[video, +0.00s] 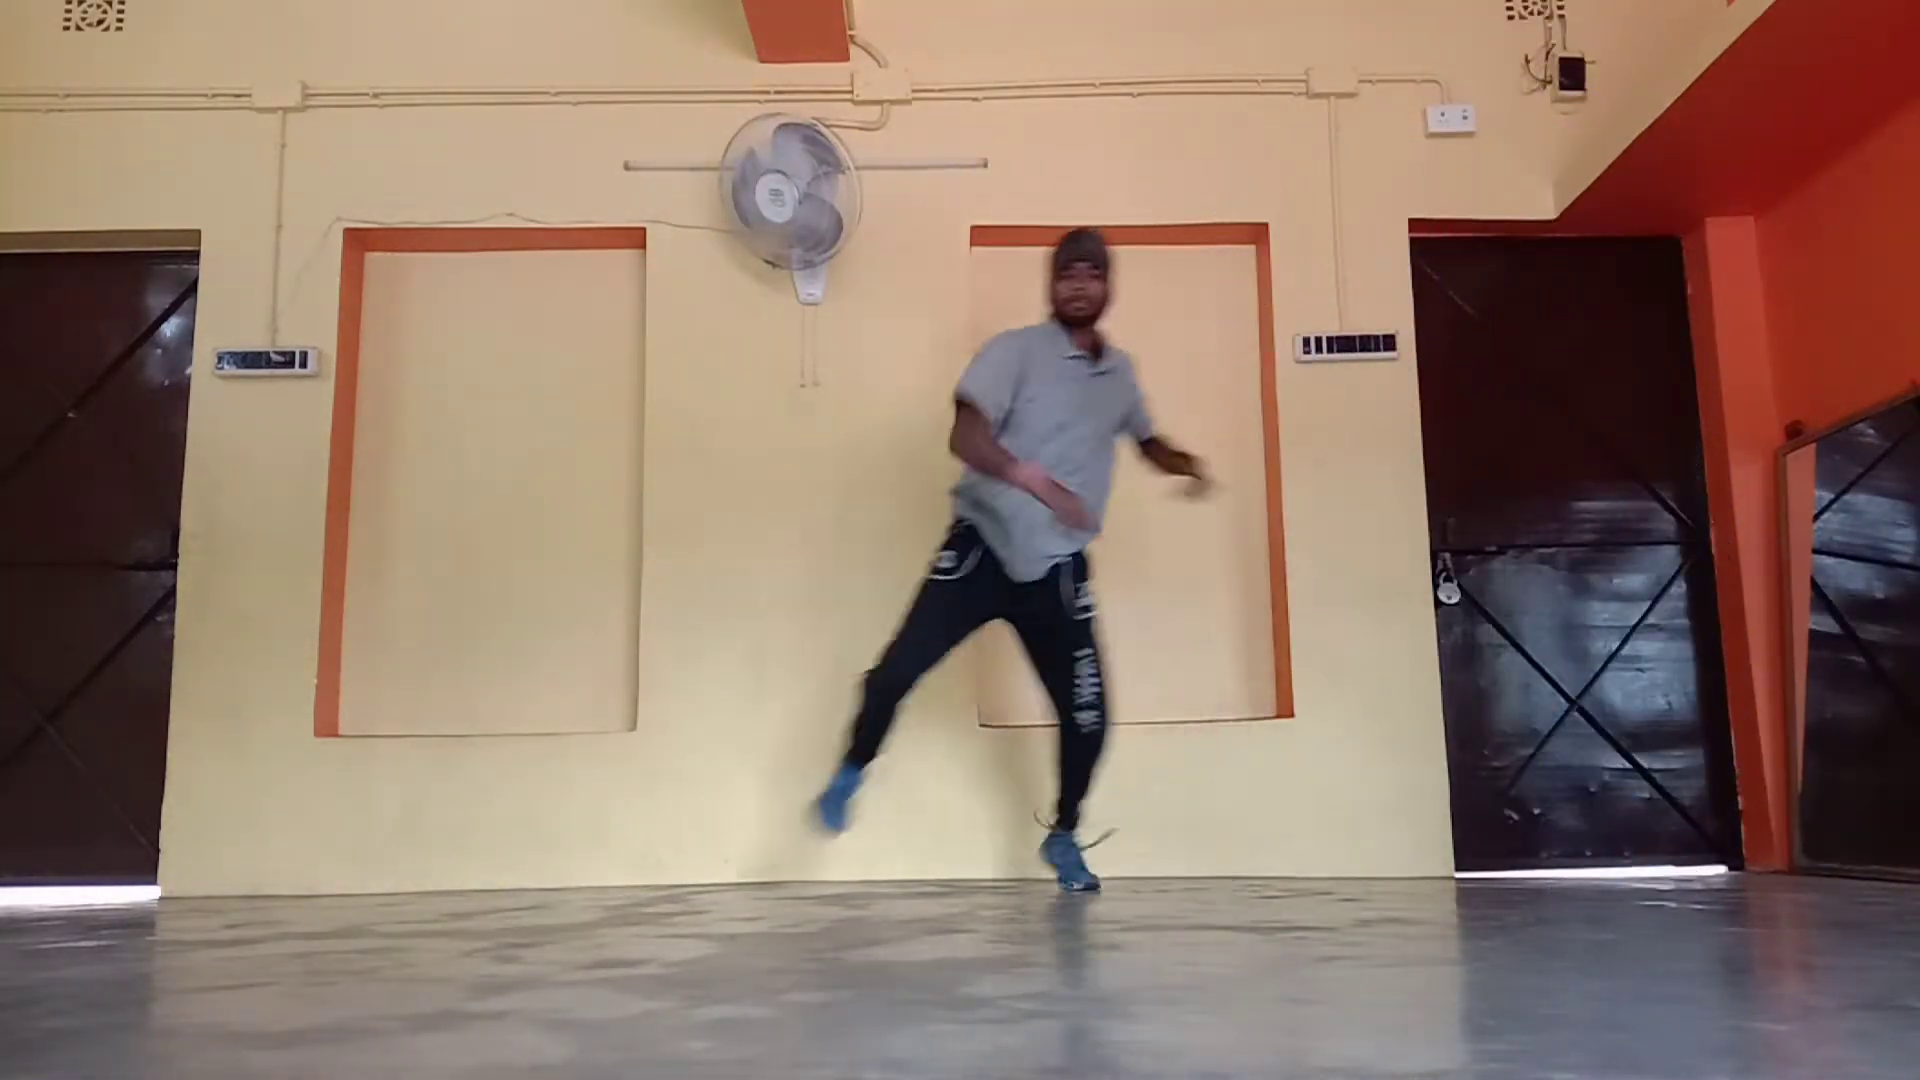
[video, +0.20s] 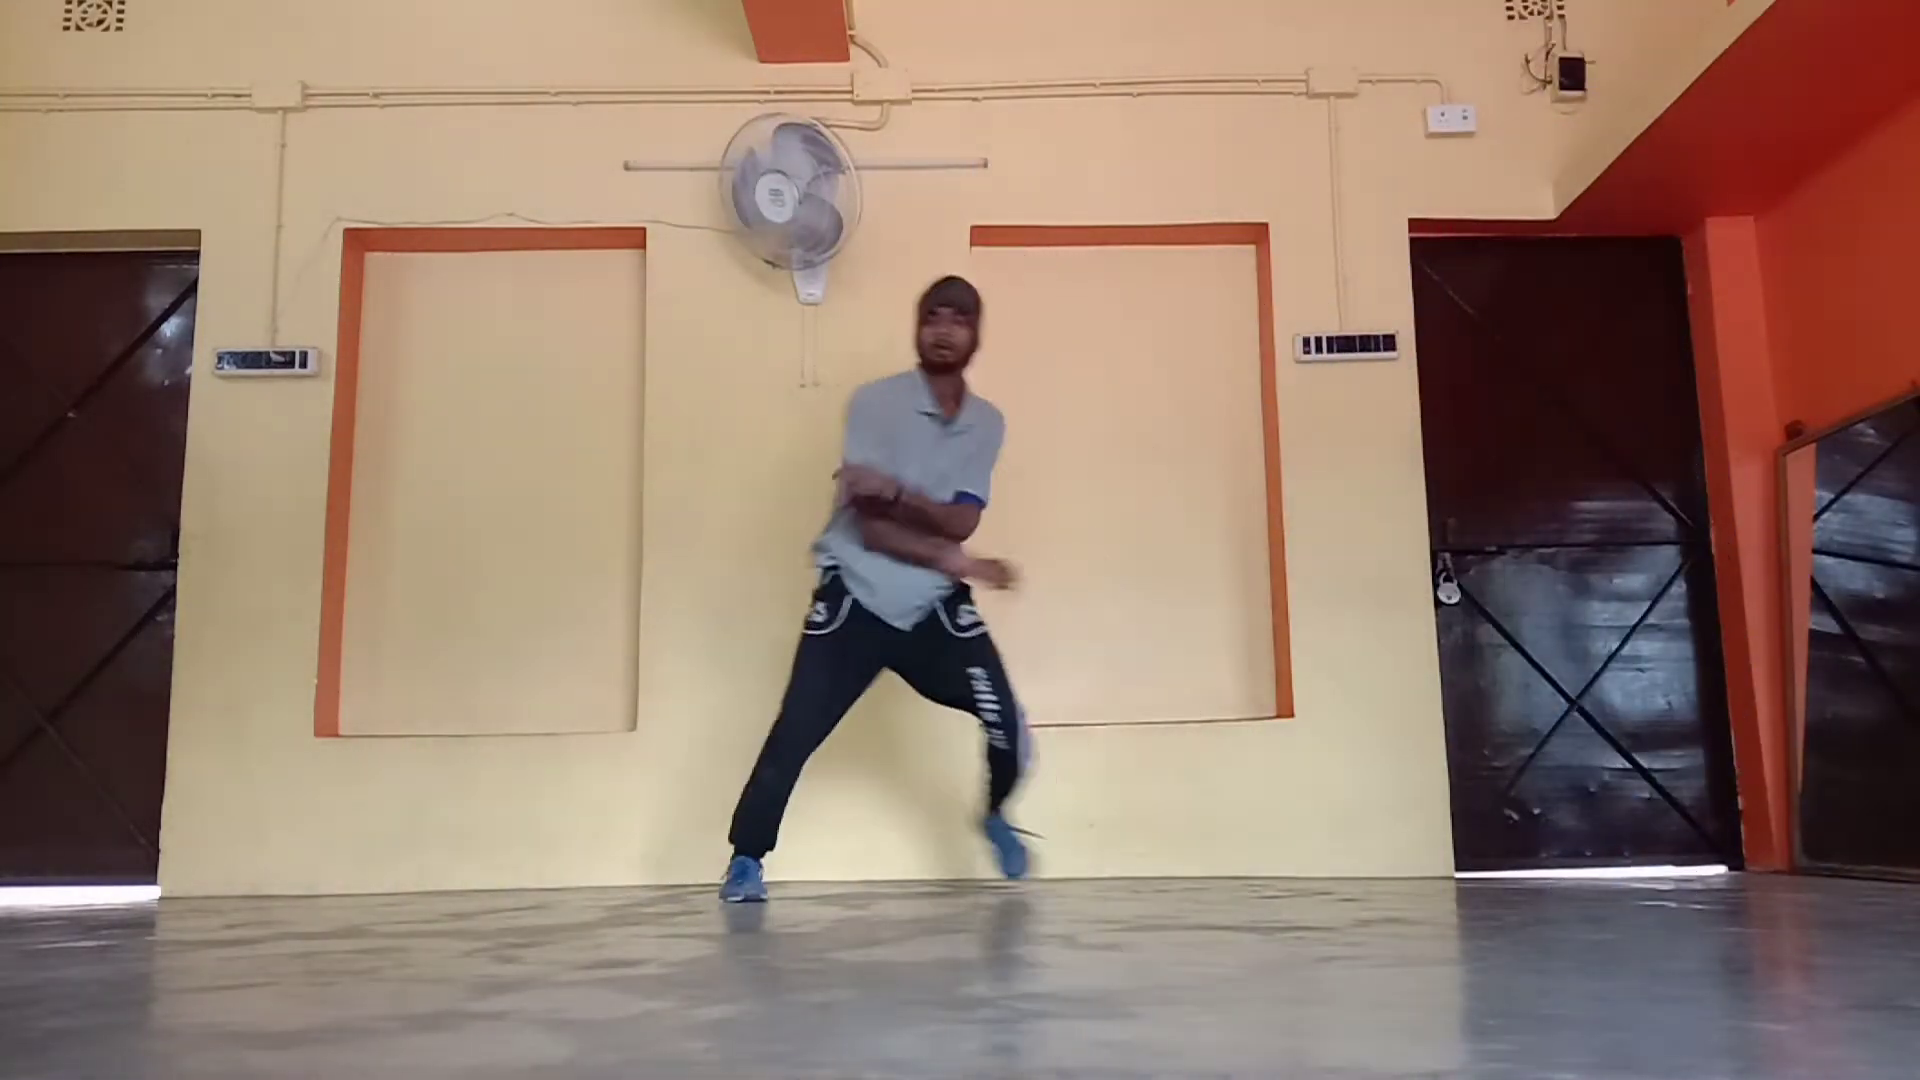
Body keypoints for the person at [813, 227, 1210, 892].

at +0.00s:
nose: (1079, 286)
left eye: (1092, 276)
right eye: (1068, 275)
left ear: (1109, 288)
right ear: (1051, 285)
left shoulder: (1116, 371)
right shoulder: (1013, 352)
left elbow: (1147, 441)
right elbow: (967, 440)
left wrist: (1183, 463)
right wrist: (1037, 481)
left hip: (1059, 566)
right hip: (982, 547)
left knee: (1087, 710)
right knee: (893, 673)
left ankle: (1063, 835)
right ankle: (852, 770)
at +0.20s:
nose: (943, 330)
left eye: (959, 321)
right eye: (933, 318)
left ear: (977, 336)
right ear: (917, 329)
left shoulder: (986, 422)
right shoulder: (876, 402)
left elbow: (962, 521)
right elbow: (869, 522)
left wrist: (891, 493)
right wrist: (956, 558)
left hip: (935, 600)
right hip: (854, 593)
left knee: (1008, 725)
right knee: (798, 729)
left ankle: (994, 816)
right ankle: (746, 858)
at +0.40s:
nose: (874, 266)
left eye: (889, 255)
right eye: (864, 256)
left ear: (914, 269)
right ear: (850, 269)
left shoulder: (954, 353)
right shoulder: (816, 346)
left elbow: (1012, 456)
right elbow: (737, 407)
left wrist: (1073, 539)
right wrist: (644, 449)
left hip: (902, 540)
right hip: (827, 538)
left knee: (832, 680)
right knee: (775, 681)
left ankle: (791, 834)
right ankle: (781, 813)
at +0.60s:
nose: (861, 276)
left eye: (875, 267)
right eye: (851, 268)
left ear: (901, 284)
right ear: (838, 288)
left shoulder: (940, 355)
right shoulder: (825, 374)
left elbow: (1025, 425)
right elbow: (751, 419)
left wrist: (1107, 489)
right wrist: (655, 441)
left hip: (899, 548)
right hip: (830, 556)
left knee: (814, 697)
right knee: (783, 700)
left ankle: (761, 855)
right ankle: (879, 782)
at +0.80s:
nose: (898, 277)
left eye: (909, 267)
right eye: (886, 269)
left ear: (930, 282)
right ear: (869, 286)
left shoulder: (974, 350)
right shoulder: (858, 383)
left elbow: (1028, 449)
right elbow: (843, 484)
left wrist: (989, 524)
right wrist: (824, 568)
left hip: (973, 542)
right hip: (902, 558)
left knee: (960, 648)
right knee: (880, 700)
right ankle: (916, 851)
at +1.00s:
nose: (924, 351)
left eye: (935, 335)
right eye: (910, 338)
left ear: (957, 339)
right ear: (895, 349)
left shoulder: (1006, 393)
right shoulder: (907, 438)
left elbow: (1087, 455)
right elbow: (924, 506)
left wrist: (983, 442)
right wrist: (898, 574)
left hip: (1051, 591)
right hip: (977, 613)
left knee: (1132, 720)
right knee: (912, 704)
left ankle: (1244, 850)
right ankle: (949, 858)